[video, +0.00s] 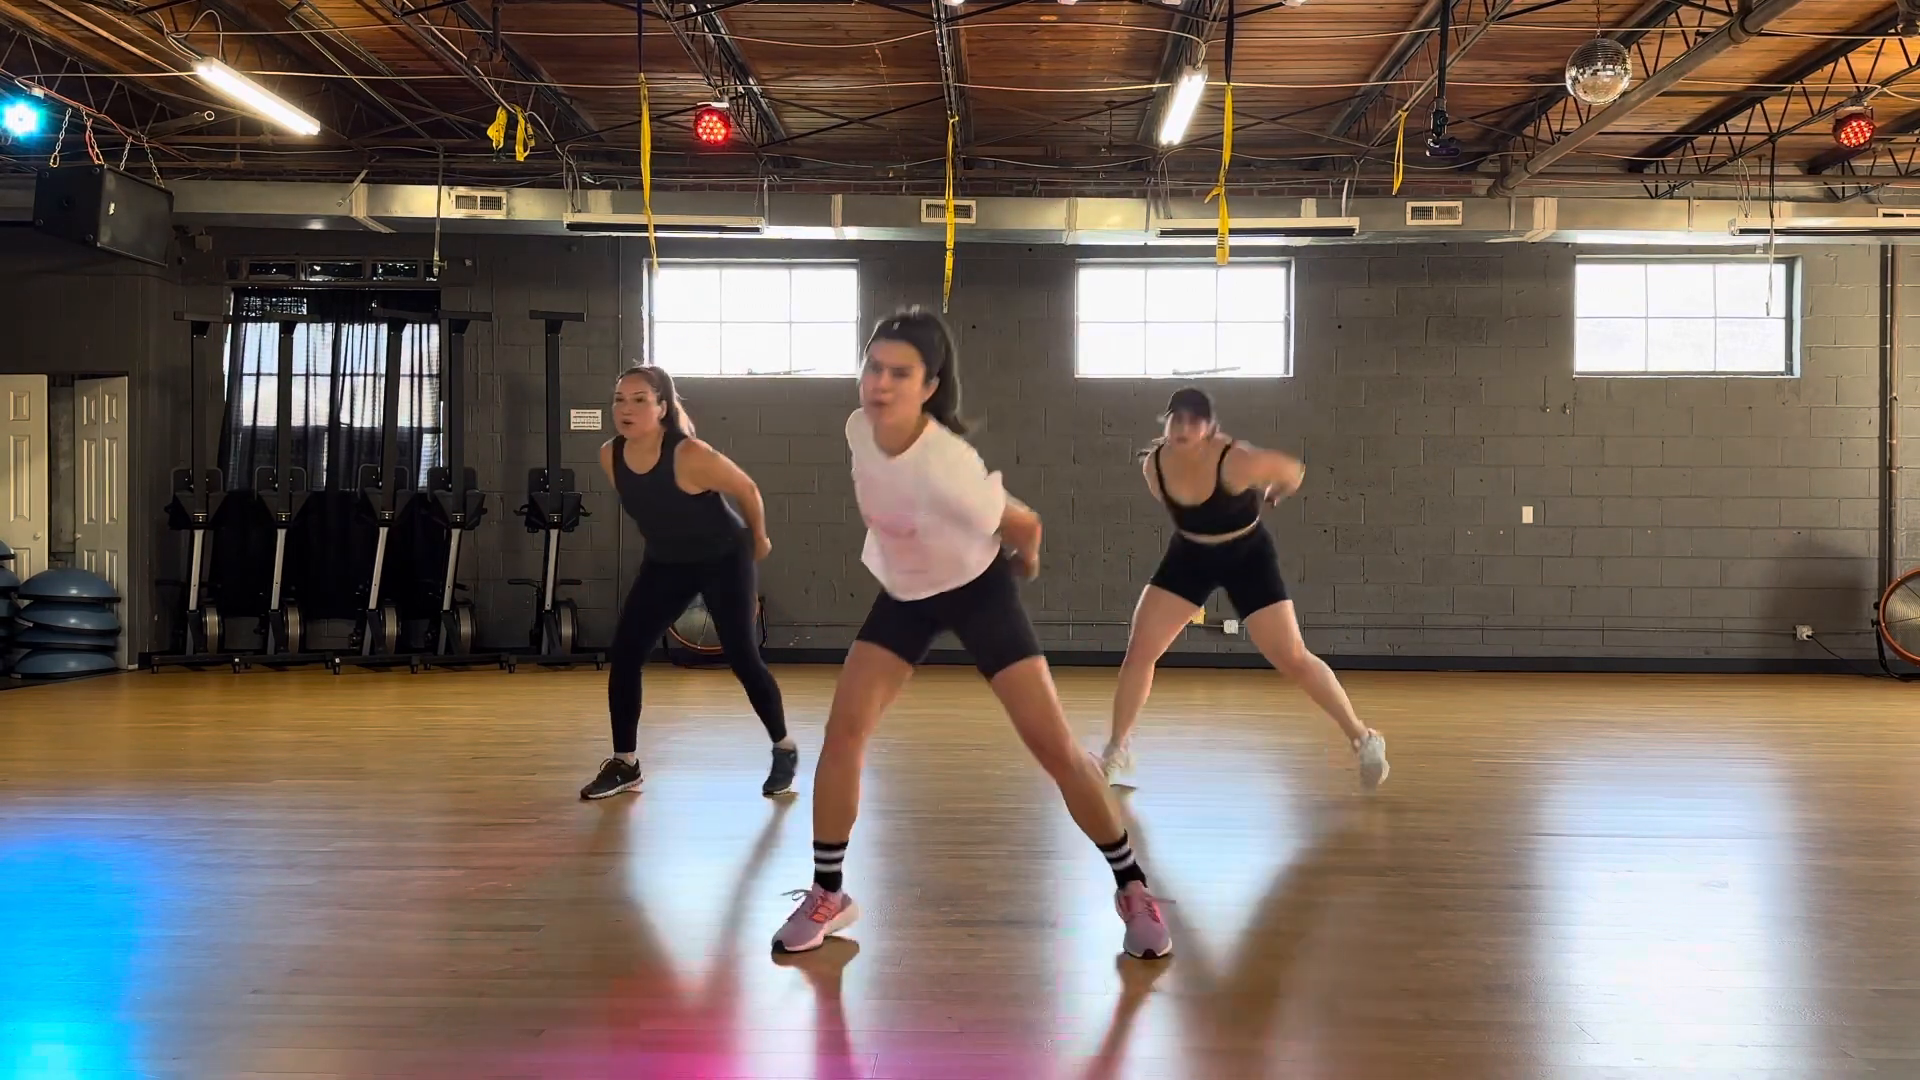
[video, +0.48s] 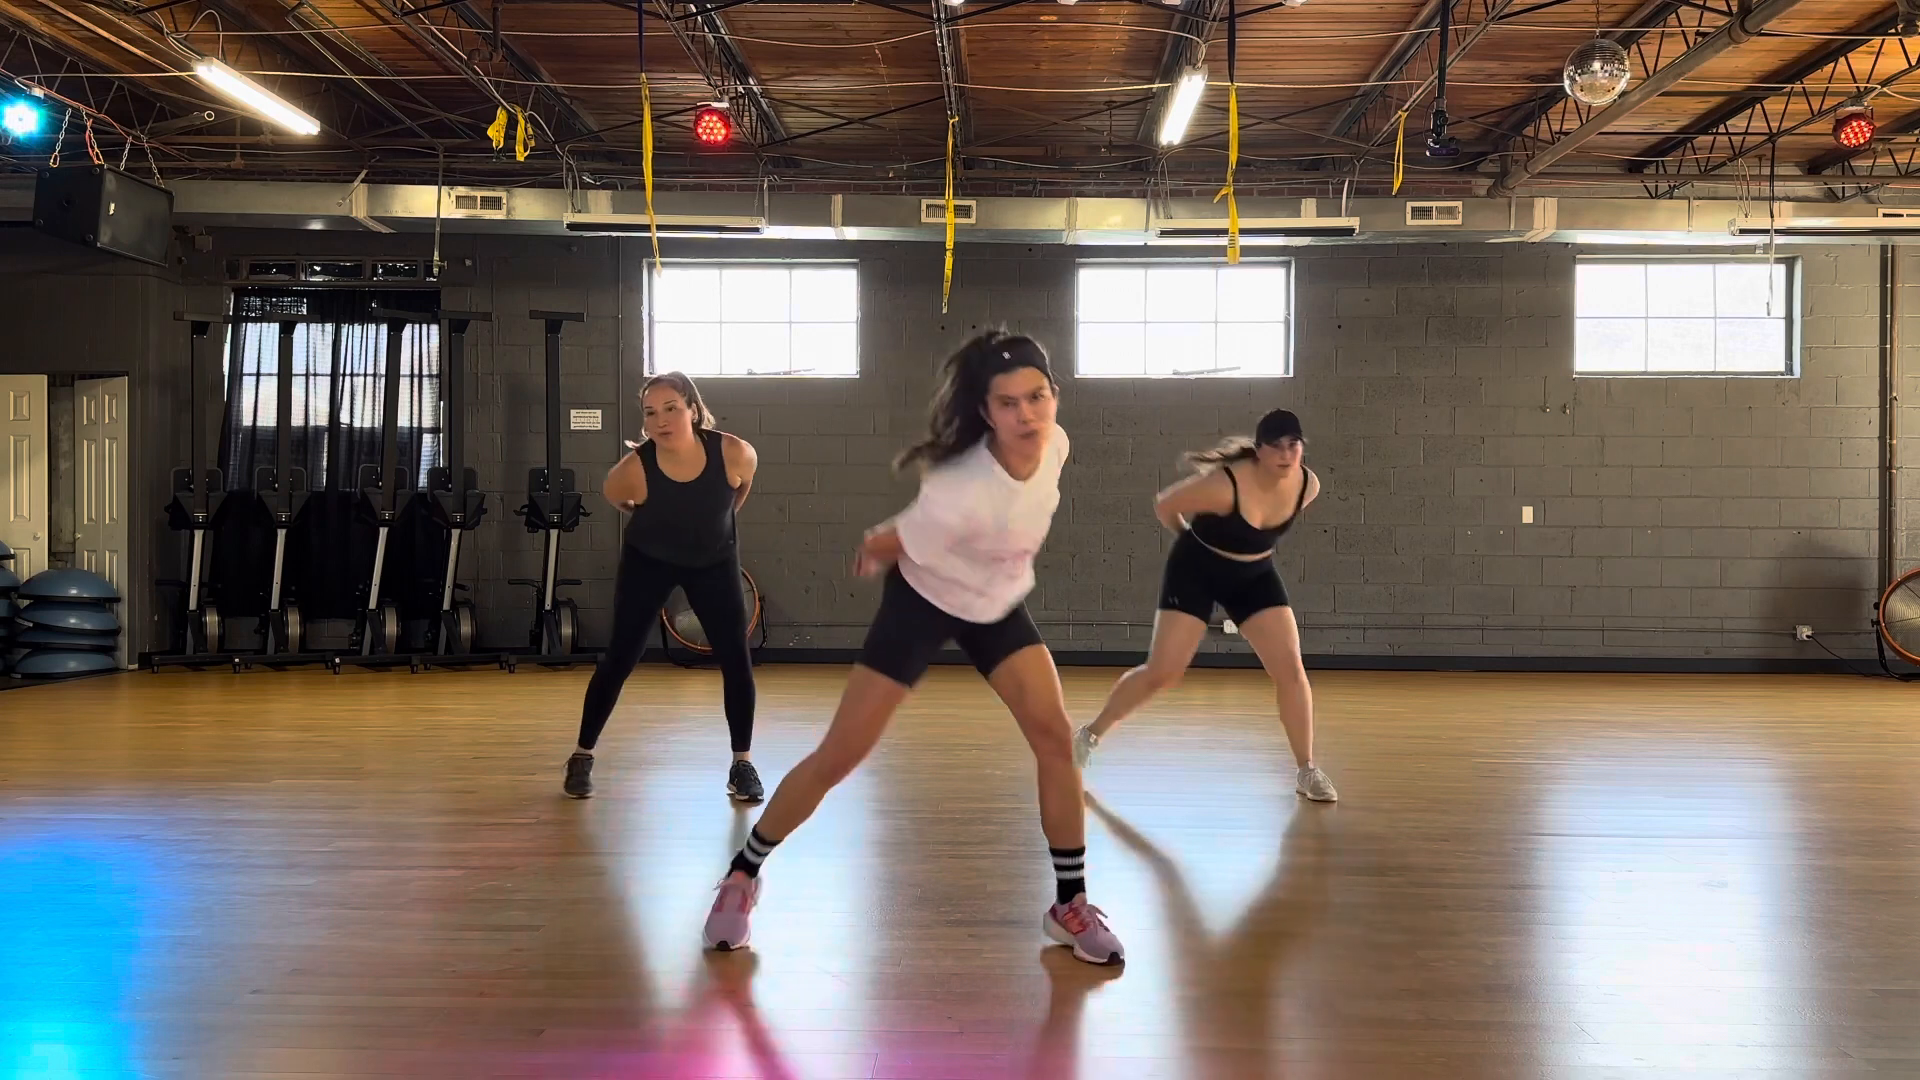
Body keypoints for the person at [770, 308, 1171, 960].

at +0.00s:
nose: (879, 383)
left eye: (897, 372)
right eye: (873, 367)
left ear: (929, 386)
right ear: (861, 370)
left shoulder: (948, 465)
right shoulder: (859, 428)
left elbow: (1024, 523)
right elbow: (901, 502)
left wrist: (1026, 555)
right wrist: (980, 537)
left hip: (979, 587)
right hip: (902, 591)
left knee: (1058, 750)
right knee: (843, 731)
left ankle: (1133, 888)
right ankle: (826, 892)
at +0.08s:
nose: (872, 418)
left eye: (893, 410)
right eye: (866, 402)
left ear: (921, 428)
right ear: (855, 405)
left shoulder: (935, 506)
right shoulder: (845, 452)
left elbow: (1010, 555)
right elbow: (893, 526)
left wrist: (1001, 589)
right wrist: (966, 571)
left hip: (968, 614)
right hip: (892, 615)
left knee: (1045, 768)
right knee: (825, 750)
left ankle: (1140, 895)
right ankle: (832, 900)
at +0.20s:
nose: (910, 424)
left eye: (928, 414)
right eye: (899, 409)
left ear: (953, 430)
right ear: (882, 414)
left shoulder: (970, 502)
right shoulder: (845, 462)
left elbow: (1011, 543)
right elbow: (846, 511)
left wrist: (960, 564)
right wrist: (884, 550)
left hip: (958, 608)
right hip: (874, 611)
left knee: (1047, 750)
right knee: (826, 752)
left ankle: (1143, 881)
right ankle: (830, 899)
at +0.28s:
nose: (952, 410)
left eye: (967, 396)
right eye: (938, 395)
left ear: (990, 406)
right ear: (917, 400)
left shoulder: (1015, 474)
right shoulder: (873, 455)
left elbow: (1003, 521)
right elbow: (836, 499)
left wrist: (947, 541)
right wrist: (892, 536)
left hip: (969, 587)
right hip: (881, 593)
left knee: (1052, 719)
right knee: (827, 735)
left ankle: (1125, 873)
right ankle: (810, 883)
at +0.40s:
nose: (994, 401)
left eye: (1007, 385)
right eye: (977, 389)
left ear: (1027, 388)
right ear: (955, 397)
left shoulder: (1045, 448)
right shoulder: (912, 462)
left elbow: (1008, 506)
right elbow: (851, 510)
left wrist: (953, 540)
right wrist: (894, 545)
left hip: (985, 576)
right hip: (902, 578)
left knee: (1045, 714)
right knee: (833, 733)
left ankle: (1095, 885)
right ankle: (770, 875)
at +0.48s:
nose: (1028, 413)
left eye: (1038, 395)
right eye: (1010, 401)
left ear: (1054, 396)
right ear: (984, 413)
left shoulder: (1056, 443)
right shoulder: (956, 491)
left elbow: (1008, 517)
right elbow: (888, 542)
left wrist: (925, 545)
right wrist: (879, 551)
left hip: (1000, 603)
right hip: (920, 599)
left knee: (1056, 738)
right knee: (841, 754)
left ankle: (1072, 905)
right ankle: (741, 878)